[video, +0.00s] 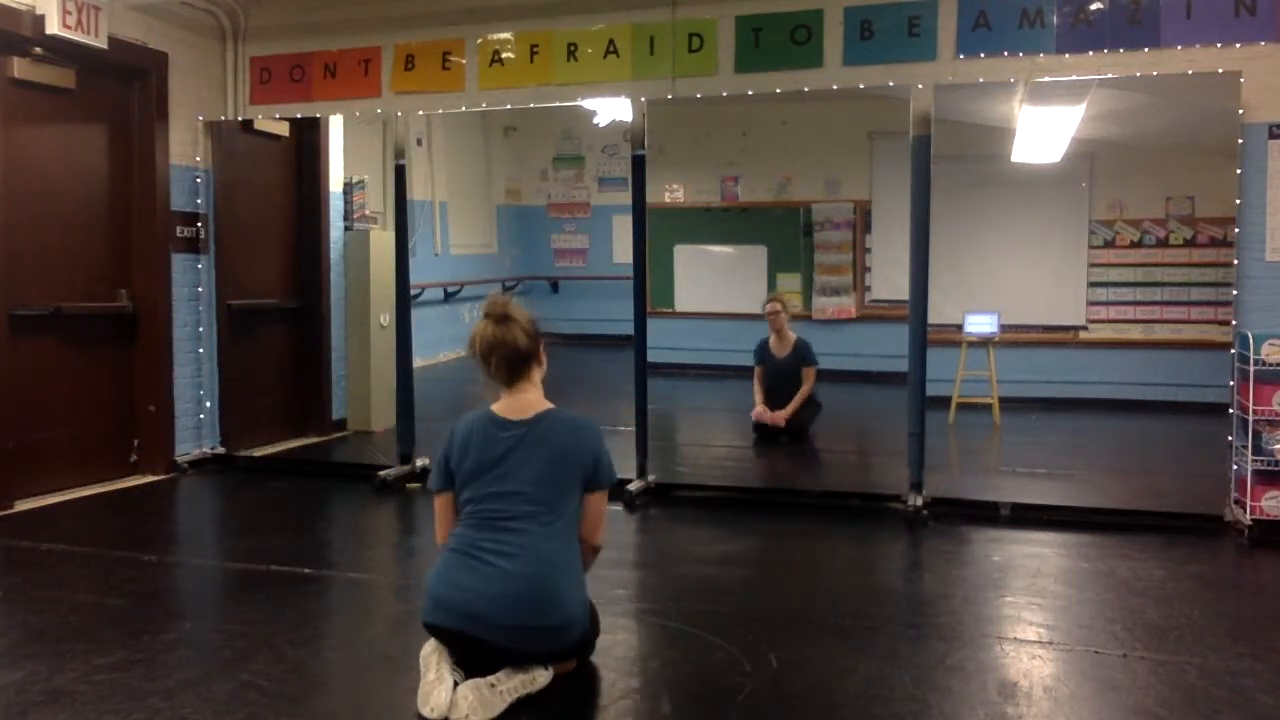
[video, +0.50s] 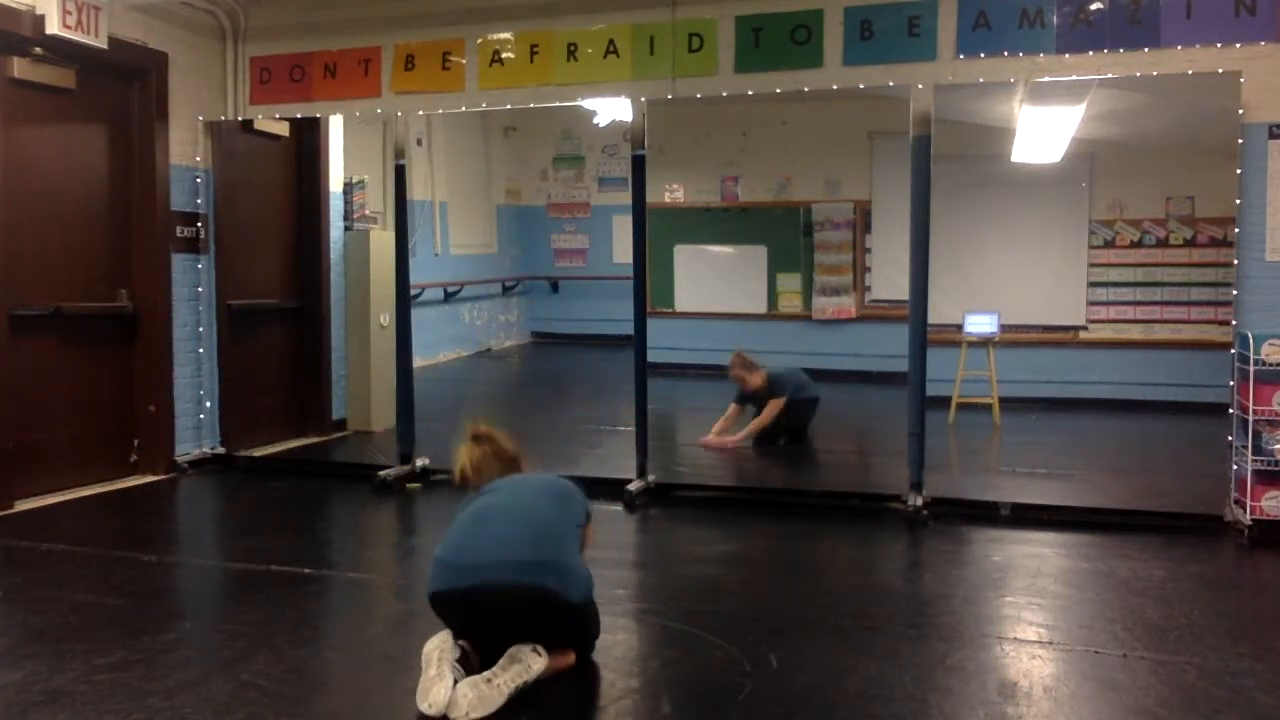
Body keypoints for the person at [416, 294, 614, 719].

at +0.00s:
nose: (545, 354)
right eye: (543, 347)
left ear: (487, 366)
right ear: (541, 356)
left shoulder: (461, 434)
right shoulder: (581, 434)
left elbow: (445, 536)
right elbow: (591, 539)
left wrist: (481, 576)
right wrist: (561, 582)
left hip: (452, 614)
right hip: (547, 617)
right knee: (580, 638)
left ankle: (445, 672)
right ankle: (511, 686)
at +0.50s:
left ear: (477, 476)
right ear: (519, 465)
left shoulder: (477, 501)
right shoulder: (567, 489)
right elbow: (577, 553)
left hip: (453, 583)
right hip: (547, 583)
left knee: (492, 652)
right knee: (578, 646)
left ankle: (450, 657)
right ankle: (535, 663)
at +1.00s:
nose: (542, 392)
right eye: (538, 385)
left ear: (480, 403)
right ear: (535, 395)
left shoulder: (462, 450)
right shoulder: (562, 443)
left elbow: (461, 508)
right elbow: (564, 515)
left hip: (449, 595)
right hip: (539, 588)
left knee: (487, 650)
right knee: (579, 639)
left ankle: (444, 658)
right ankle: (528, 667)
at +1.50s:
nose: (567, 392)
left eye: (567, 383)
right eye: (566, 384)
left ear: (503, 380)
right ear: (552, 387)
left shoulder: (446, 439)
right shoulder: (557, 449)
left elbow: (408, 536)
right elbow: (559, 549)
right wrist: (559, 572)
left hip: (427, 629)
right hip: (511, 631)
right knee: (582, 621)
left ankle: (439, 672)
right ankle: (498, 686)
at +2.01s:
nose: (633, 497)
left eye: (637, 490)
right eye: (638, 488)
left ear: (584, 454)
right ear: (628, 477)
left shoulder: (521, 468)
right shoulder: (590, 495)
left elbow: (618, 549)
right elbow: (649, 565)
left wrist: (669, 575)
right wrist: (697, 592)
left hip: (432, 587)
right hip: (516, 584)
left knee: (491, 648)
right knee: (580, 632)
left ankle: (443, 660)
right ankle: (527, 664)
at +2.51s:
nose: (604, 405)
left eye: (602, 395)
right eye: (602, 396)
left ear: (537, 398)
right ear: (593, 404)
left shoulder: (496, 443)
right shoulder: (580, 464)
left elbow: (502, 537)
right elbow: (594, 577)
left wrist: (573, 565)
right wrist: (613, 576)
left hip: (437, 597)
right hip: (520, 598)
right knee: (582, 632)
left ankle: (442, 663)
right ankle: (512, 676)